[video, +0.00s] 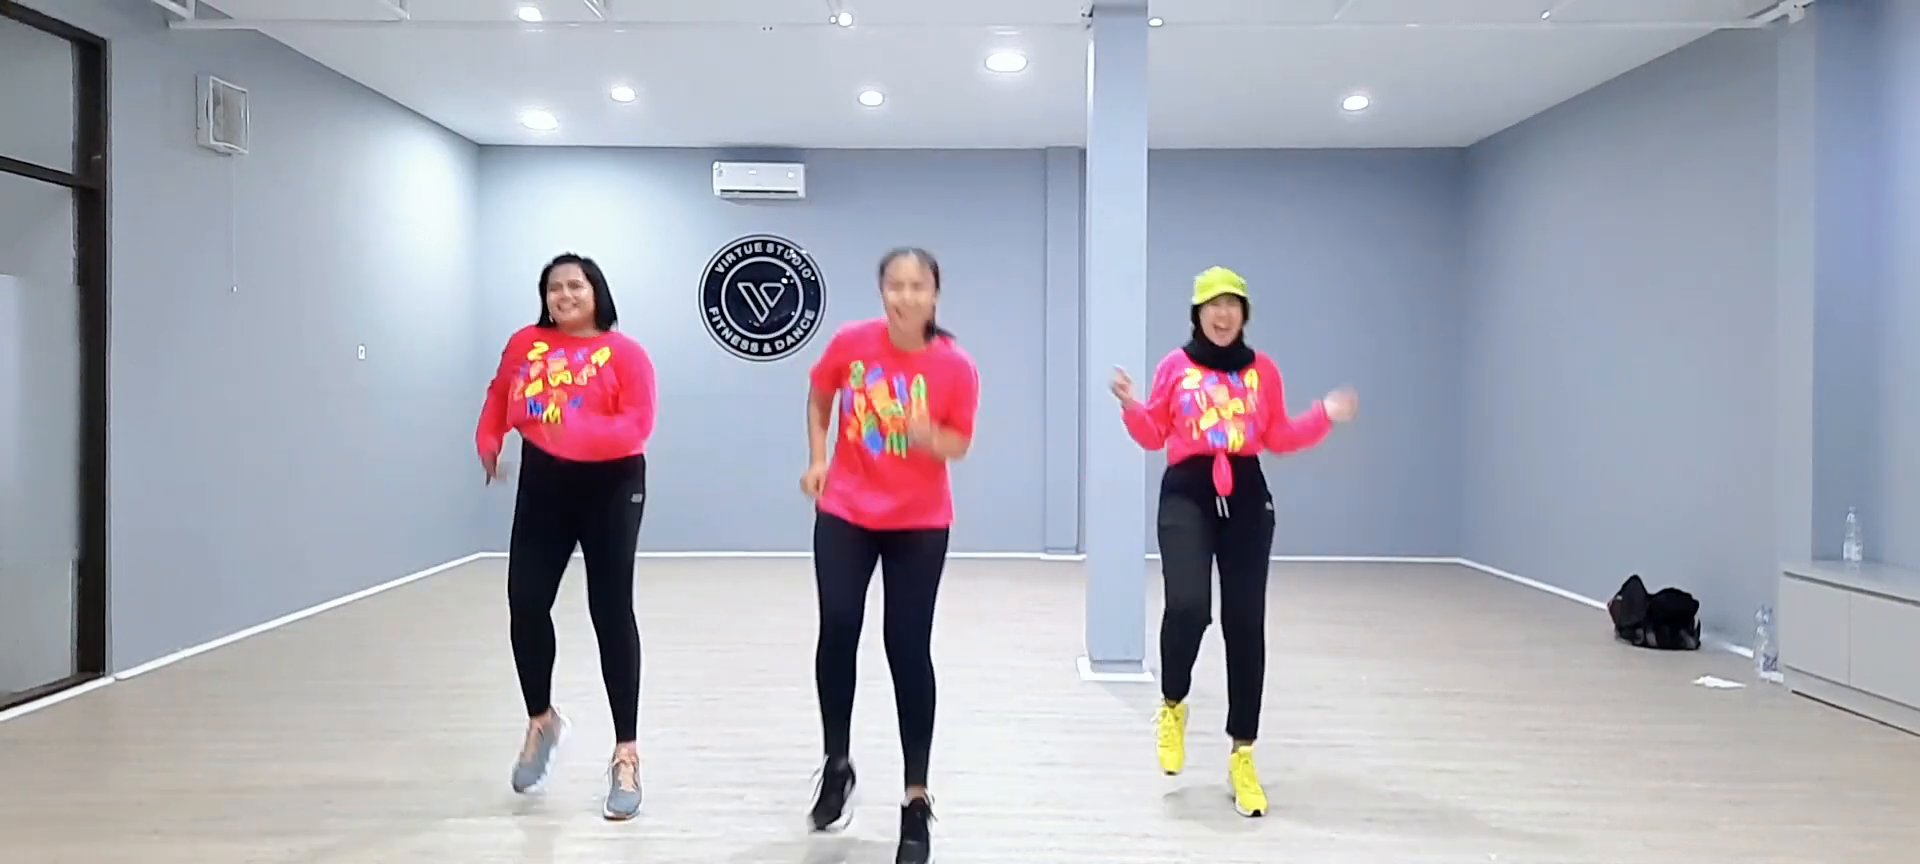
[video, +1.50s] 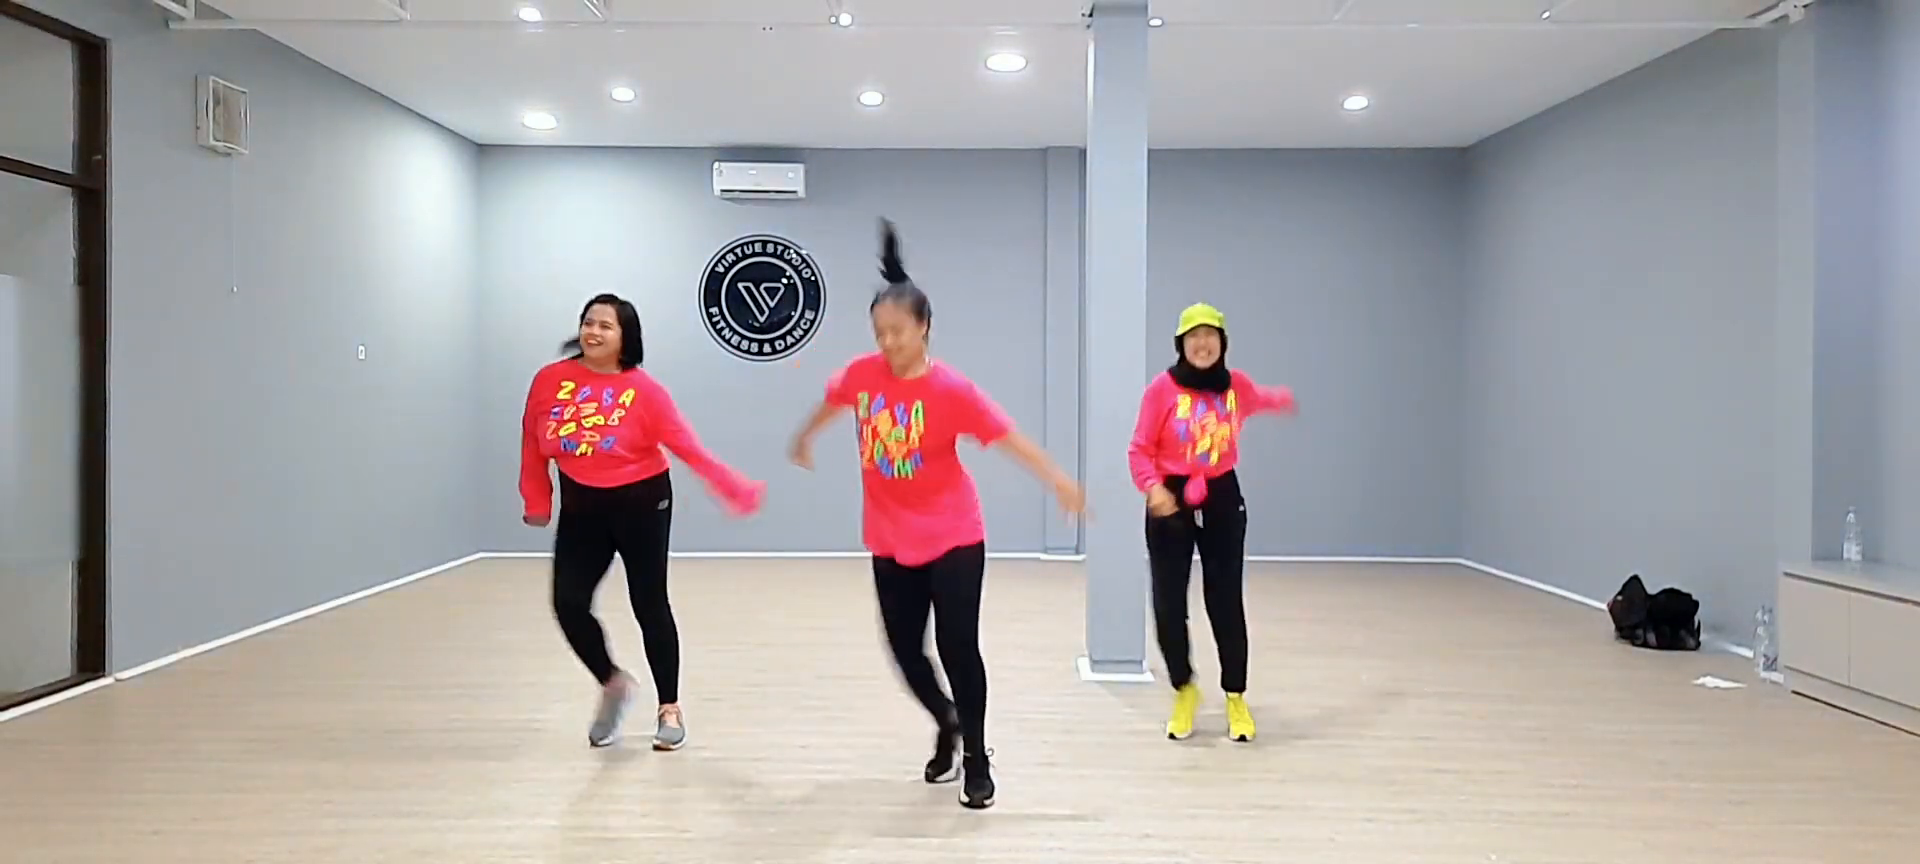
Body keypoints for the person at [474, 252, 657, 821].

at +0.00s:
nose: (566, 294)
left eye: (577, 284)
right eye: (555, 287)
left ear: (599, 293)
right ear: (545, 299)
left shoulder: (627, 354)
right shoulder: (525, 344)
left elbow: (638, 427)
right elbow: (500, 396)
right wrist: (489, 438)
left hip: (612, 490)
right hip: (544, 485)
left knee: (612, 611)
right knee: (525, 603)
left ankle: (626, 753)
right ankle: (541, 719)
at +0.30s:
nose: (549, 313)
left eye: (560, 305)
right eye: (540, 306)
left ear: (578, 312)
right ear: (527, 315)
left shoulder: (609, 351)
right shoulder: (508, 381)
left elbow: (651, 401)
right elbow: (492, 449)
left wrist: (601, 410)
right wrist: (476, 489)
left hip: (593, 498)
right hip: (527, 499)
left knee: (588, 598)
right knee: (532, 618)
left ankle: (595, 733)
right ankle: (538, 742)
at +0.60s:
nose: (572, 324)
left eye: (581, 314)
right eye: (563, 316)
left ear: (601, 316)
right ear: (553, 320)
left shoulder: (634, 371)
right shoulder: (538, 366)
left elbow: (661, 439)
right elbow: (500, 425)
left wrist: (649, 482)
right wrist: (520, 372)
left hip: (616, 499)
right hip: (554, 495)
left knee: (607, 608)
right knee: (547, 610)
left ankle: (609, 714)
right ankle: (546, 727)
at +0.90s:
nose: (575, 312)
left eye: (584, 302)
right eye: (565, 304)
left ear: (602, 305)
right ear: (553, 310)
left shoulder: (630, 345)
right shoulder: (534, 354)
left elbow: (672, 404)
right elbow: (512, 418)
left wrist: (627, 387)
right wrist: (502, 477)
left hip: (621, 474)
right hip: (560, 473)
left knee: (614, 580)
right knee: (562, 581)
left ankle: (613, 694)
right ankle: (578, 676)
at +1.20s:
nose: (575, 313)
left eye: (584, 305)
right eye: (567, 306)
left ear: (601, 311)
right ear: (554, 314)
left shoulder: (634, 357)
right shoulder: (536, 367)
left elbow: (683, 404)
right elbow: (513, 423)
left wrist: (680, 457)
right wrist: (520, 473)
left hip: (632, 477)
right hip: (572, 480)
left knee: (639, 564)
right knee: (580, 585)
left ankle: (647, 672)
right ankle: (586, 687)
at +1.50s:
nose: (593, 331)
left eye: (604, 326)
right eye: (588, 323)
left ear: (625, 337)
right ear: (579, 330)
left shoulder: (643, 390)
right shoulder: (551, 380)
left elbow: (688, 447)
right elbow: (533, 442)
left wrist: (739, 489)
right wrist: (536, 498)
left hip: (642, 501)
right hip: (583, 503)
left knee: (650, 603)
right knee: (568, 604)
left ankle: (669, 708)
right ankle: (613, 683)